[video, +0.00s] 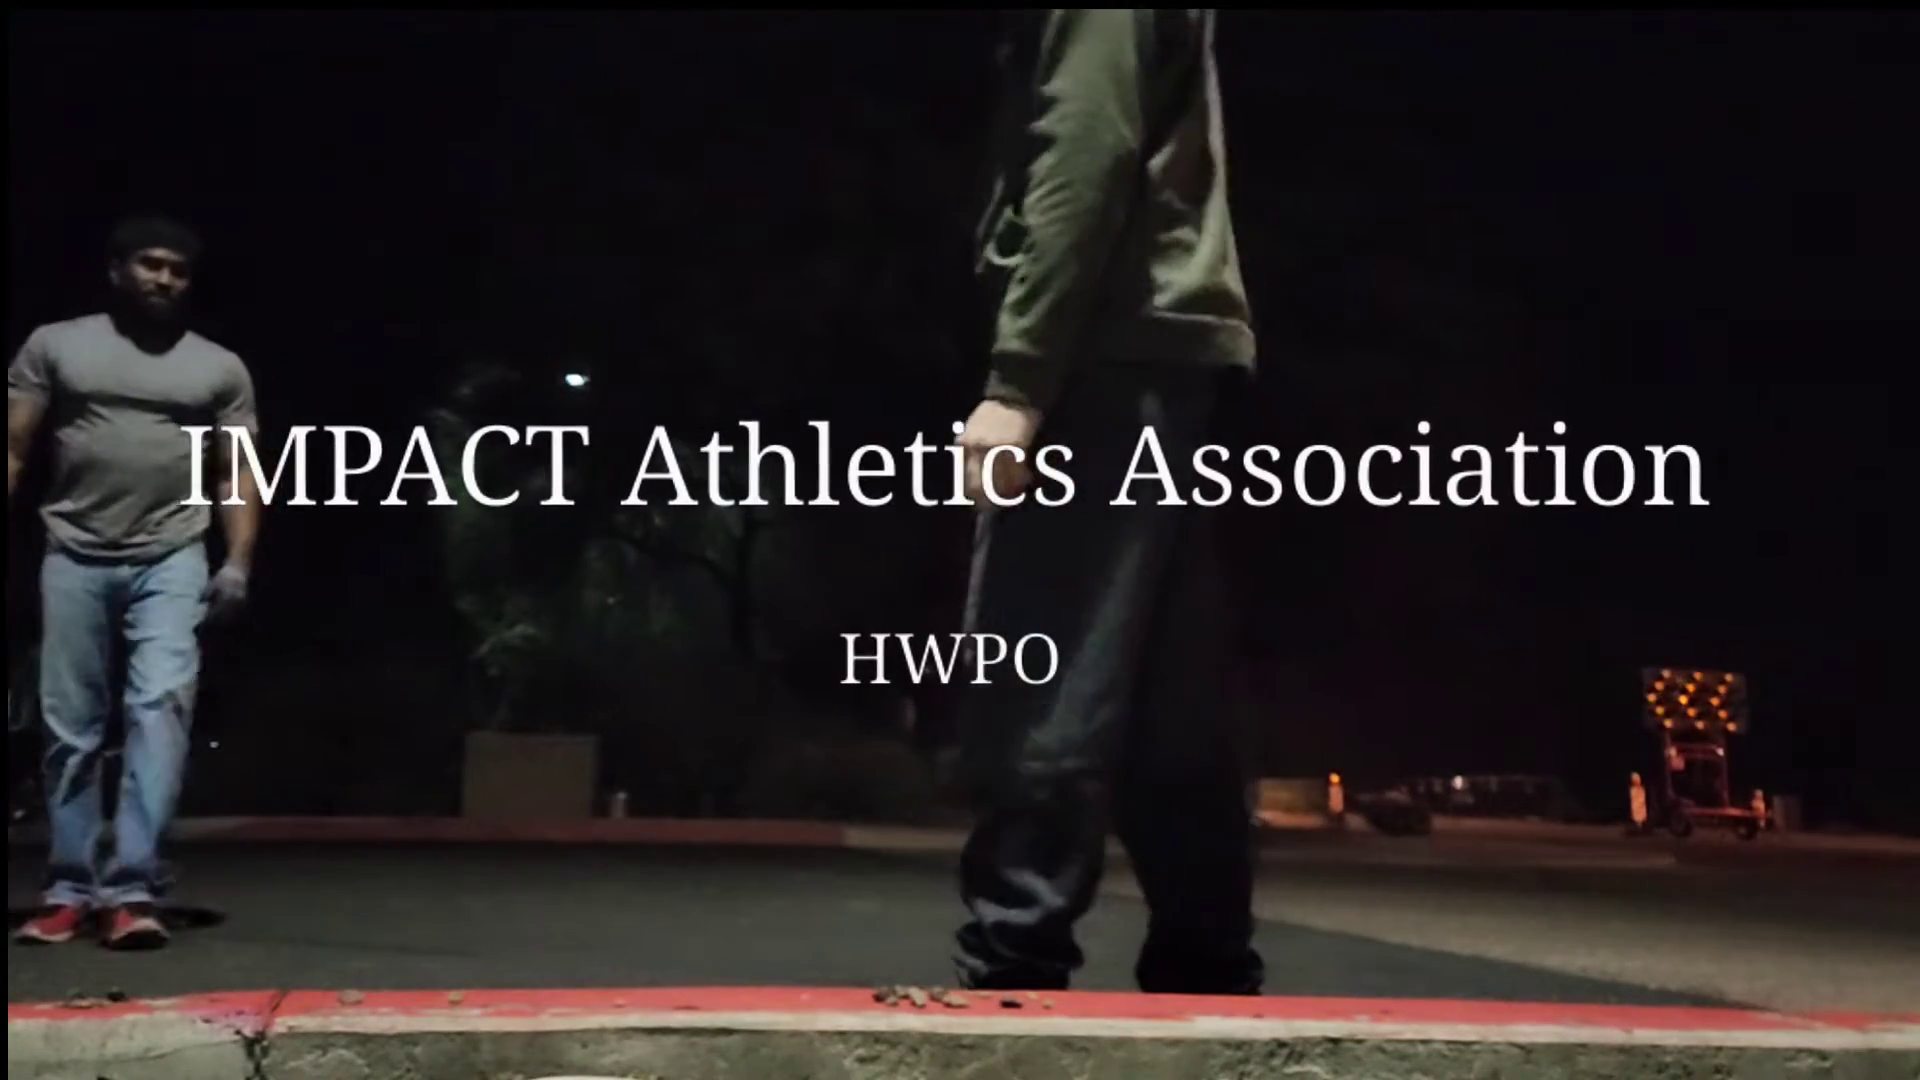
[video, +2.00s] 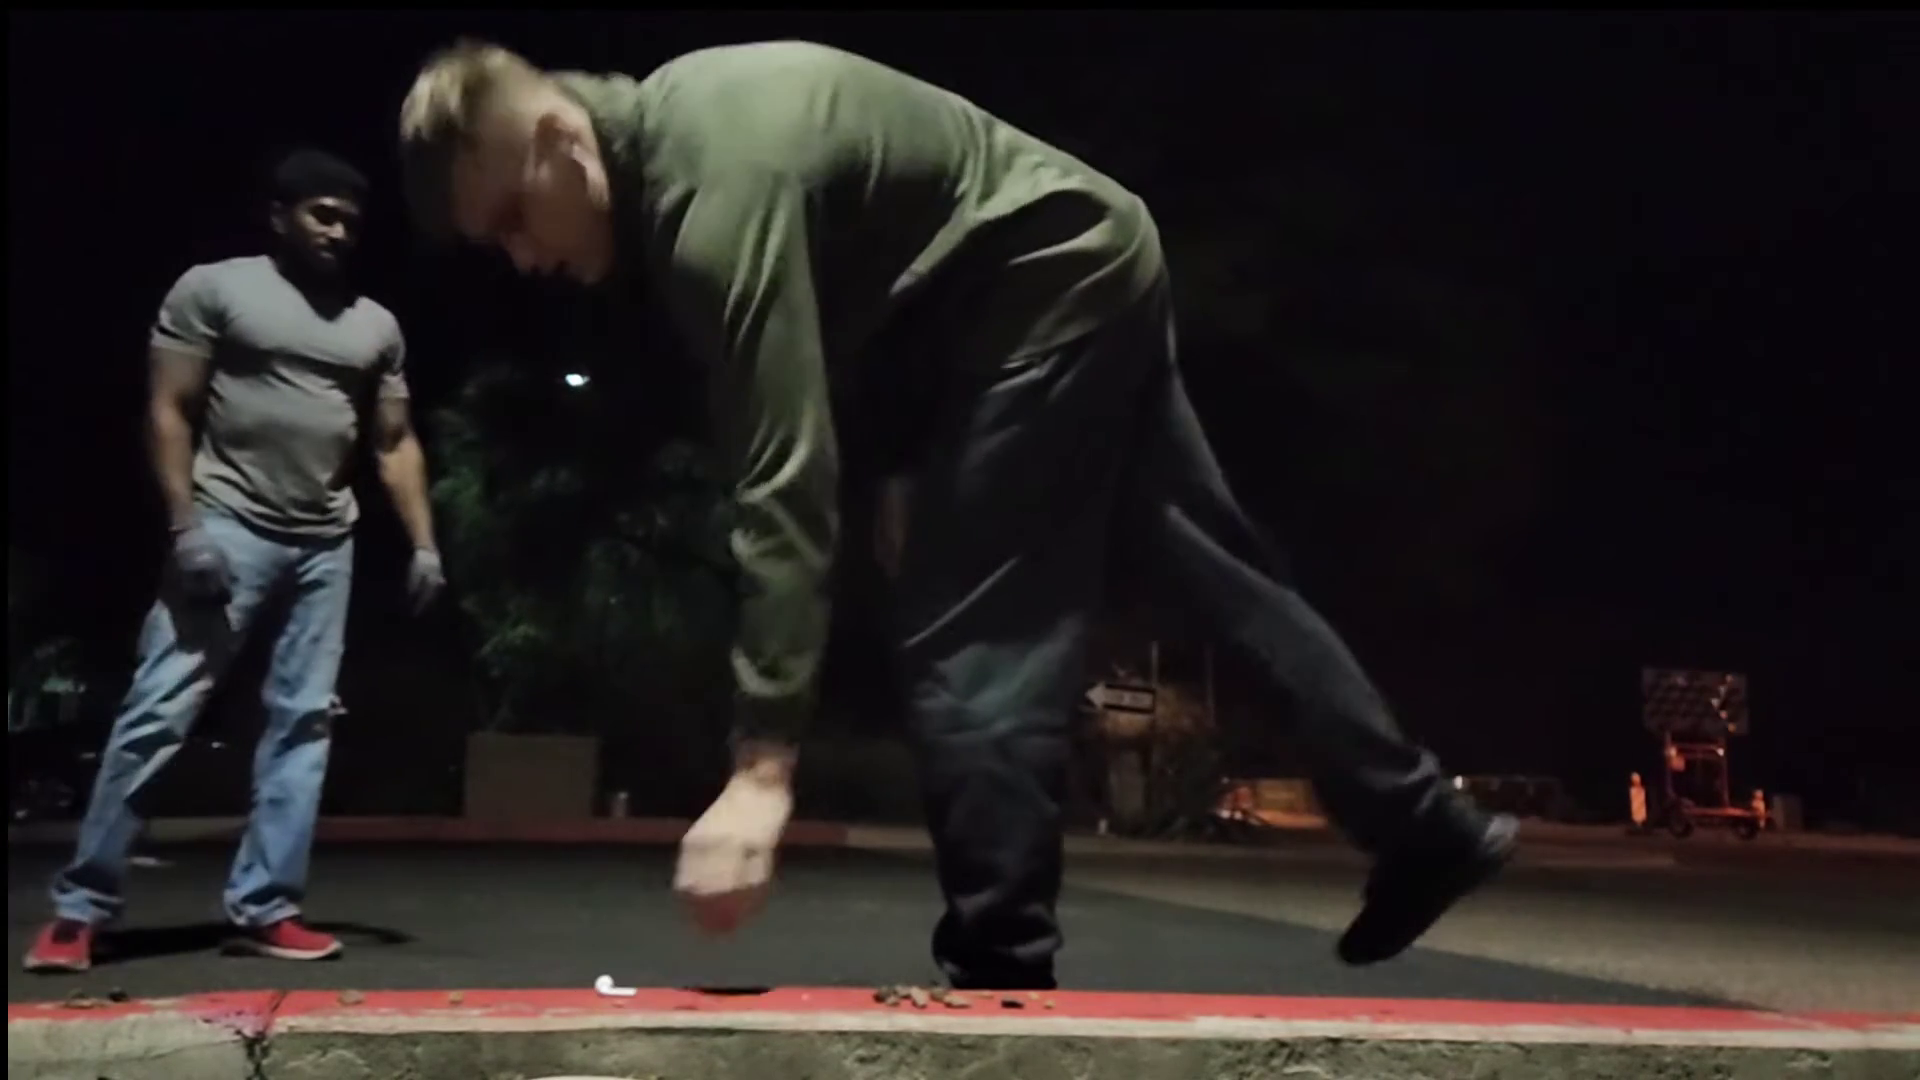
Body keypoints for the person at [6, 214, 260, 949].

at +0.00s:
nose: (162, 281)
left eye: (175, 270)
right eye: (148, 266)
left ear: (191, 282)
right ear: (116, 271)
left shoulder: (222, 372)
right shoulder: (55, 349)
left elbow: (242, 478)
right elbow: (14, 453)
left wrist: (238, 559)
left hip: (173, 560)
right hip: (74, 558)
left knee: (159, 705)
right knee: (71, 725)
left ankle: (131, 891)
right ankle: (70, 890)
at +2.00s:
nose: (338, 235)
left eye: (350, 223)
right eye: (324, 218)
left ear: (361, 232)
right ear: (280, 216)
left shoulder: (375, 329)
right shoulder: (213, 291)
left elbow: (396, 441)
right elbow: (170, 408)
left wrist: (423, 540)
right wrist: (186, 523)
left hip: (326, 544)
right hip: (227, 528)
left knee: (306, 717)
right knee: (160, 712)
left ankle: (265, 906)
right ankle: (83, 907)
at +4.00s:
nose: (369, 354)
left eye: (380, 340)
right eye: (357, 337)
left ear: (393, 335)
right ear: (324, 324)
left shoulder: (404, 387)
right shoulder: (243, 344)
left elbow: (377, 499)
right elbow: (206, 470)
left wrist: (340, 523)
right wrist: (292, 519)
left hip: (314, 547)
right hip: (212, 536)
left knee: (326, 722)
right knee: (180, 717)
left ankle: (338, 910)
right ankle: (166, 915)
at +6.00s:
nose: (380, 703)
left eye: (393, 688)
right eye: (366, 688)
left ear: (406, 659)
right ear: (318, 645)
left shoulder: (402, 666)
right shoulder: (233, 624)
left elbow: (411, 799)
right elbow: (169, 777)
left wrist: (416, 940)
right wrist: (163, 947)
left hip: (240, 548)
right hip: (141, 553)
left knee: (193, 759)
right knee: (154, 722)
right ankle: (41, 821)